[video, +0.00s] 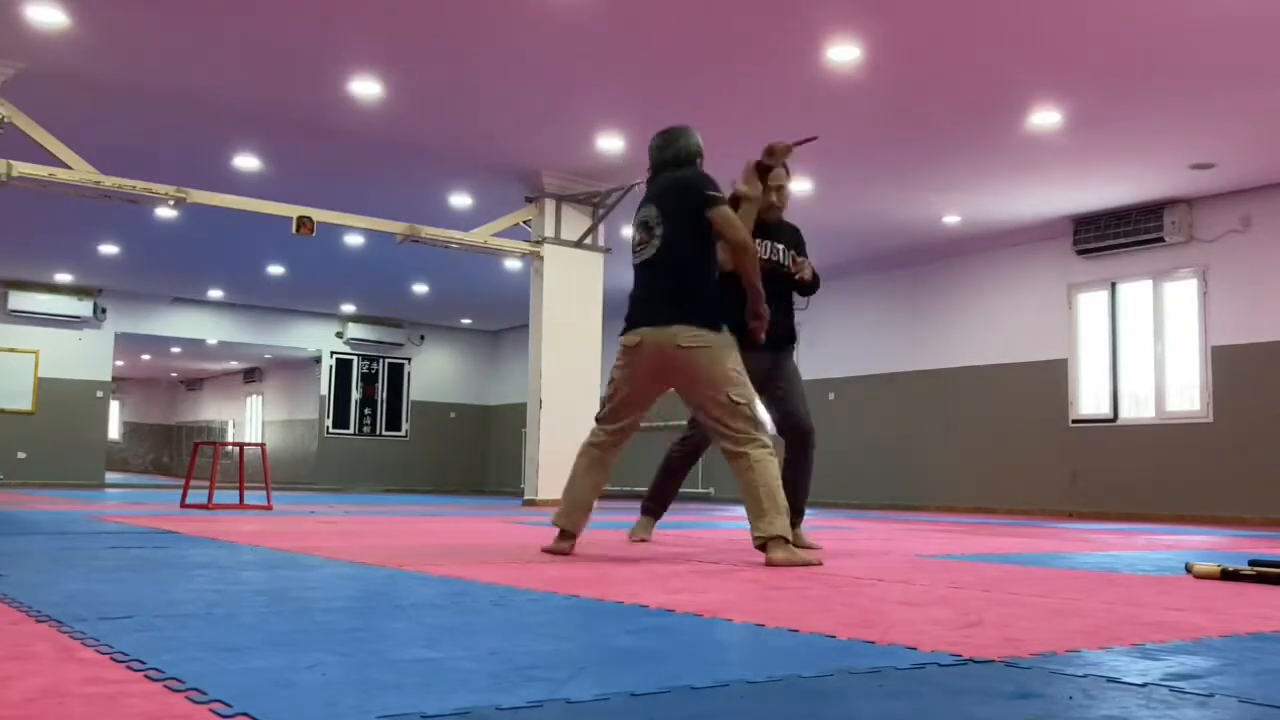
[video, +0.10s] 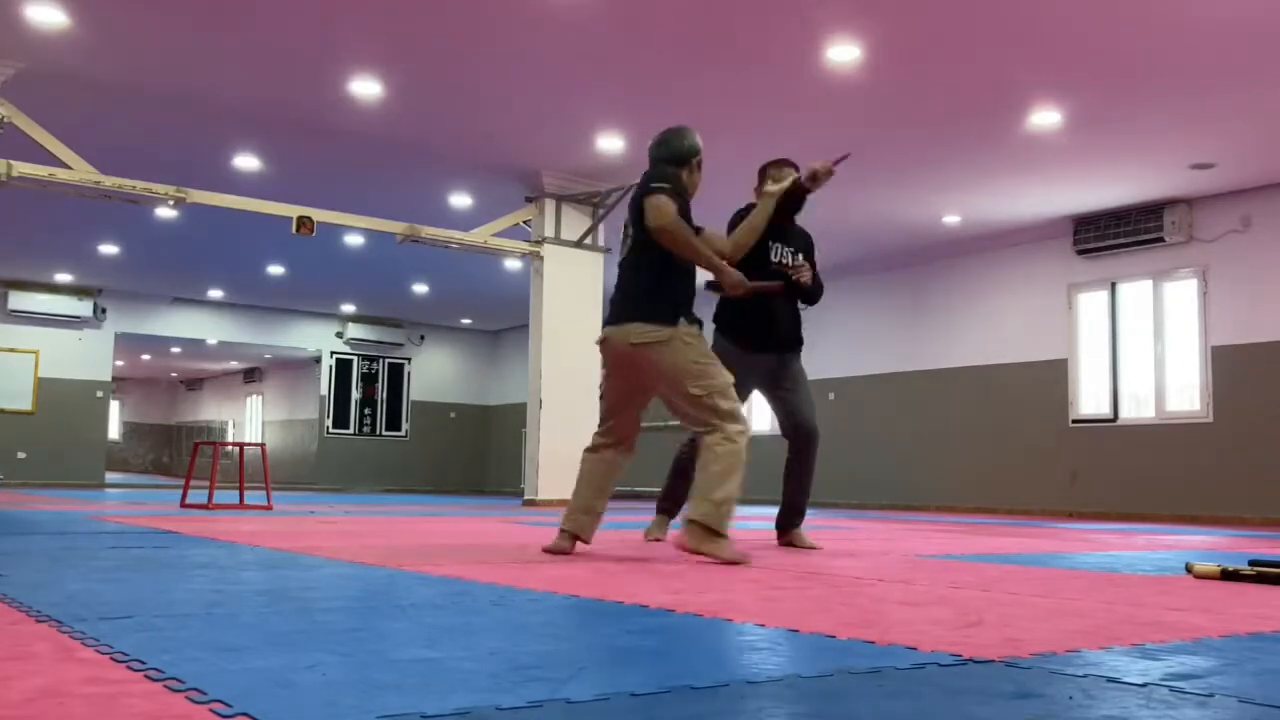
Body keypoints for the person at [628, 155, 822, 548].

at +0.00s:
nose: (780, 195)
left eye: (784, 187)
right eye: (773, 188)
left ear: (789, 191)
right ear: (755, 188)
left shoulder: (790, 235)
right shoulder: (727, 224)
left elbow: (807, 289)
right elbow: (726, 258)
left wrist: (806, 276)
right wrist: (751, 199)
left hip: (776, 355)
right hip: (732, 352)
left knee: (801, 431)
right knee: (696, 437)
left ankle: (790, 527)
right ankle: (647, 518)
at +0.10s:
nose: (701, 177)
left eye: (701, 169)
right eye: (700, 168)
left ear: (655, 163)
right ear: (690, 167)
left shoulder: (666, 217)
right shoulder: (662, 189)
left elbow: (730, 248)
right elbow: (661, 224)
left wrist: (769, 198)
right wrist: (719, 268)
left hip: (619, 337)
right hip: (665, 336)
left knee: (613, 435)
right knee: (727, 425)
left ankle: (571, 530)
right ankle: (704, 530)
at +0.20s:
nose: (703, 171)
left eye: (702, 163)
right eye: (702, 162)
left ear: (661, 155)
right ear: (693, 160)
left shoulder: (671, 213)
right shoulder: (659, 178)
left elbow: (726, 254)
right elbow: (622, 207)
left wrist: (792, 248)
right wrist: (678, 261)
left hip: (616, 330)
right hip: (651, 328)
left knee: (619, 431)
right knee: (702, 423)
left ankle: (560, 512)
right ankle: (671, 539)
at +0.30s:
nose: (768, 201)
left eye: (775, 193)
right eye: (760, 194)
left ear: (788, 196)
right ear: (748, 198)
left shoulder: (802, 237)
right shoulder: (730, 241)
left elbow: (818, 277)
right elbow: (729, 299)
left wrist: (770, 242)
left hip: (784, 353)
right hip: (732, 350)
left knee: (805, 432)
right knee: (701, 432)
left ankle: (791, 528)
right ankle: (678, 524)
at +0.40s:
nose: (744, 200)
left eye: (751, 193)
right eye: (736, 194)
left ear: (767, 196)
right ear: (726, 198)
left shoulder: (782, 229)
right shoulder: (712, 239)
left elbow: (792, 251)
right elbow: (690, 298)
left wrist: (737, 231)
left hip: (775, 354)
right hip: (722, 355)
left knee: (799, 430)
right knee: (693, 439)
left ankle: (792, 527)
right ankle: (671, 526)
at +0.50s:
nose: (712, 204)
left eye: (719, 196)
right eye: (704, 197)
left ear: (734, 196)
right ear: (694, 200)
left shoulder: (752, 224)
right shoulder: (686, 235)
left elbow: (769, 254)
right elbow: (668, 284)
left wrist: (729, 286)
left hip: (757, 352)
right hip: (706, 354)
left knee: (789, 430)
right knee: (682, 433)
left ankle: (811, 521)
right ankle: (670, 521)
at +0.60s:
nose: (692, 206)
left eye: (696, 198)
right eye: (685, 199)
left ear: (707, 199)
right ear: (677, 204)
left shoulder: (731, 228)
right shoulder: (670, 239)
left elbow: (758, 267)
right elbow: (657, 285)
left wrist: (726, 300)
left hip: (740, 352)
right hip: (692, 356)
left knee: (767, 436)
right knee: (669, 432)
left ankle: (813, 518)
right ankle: (672, 521)